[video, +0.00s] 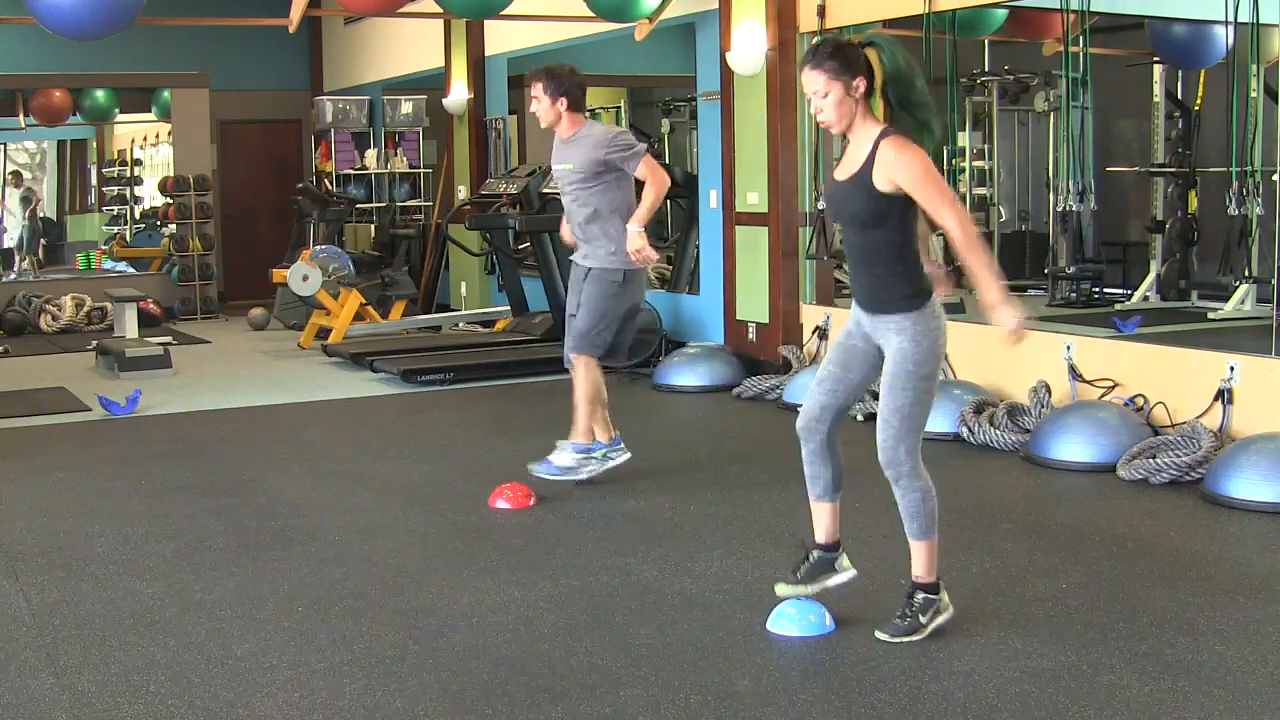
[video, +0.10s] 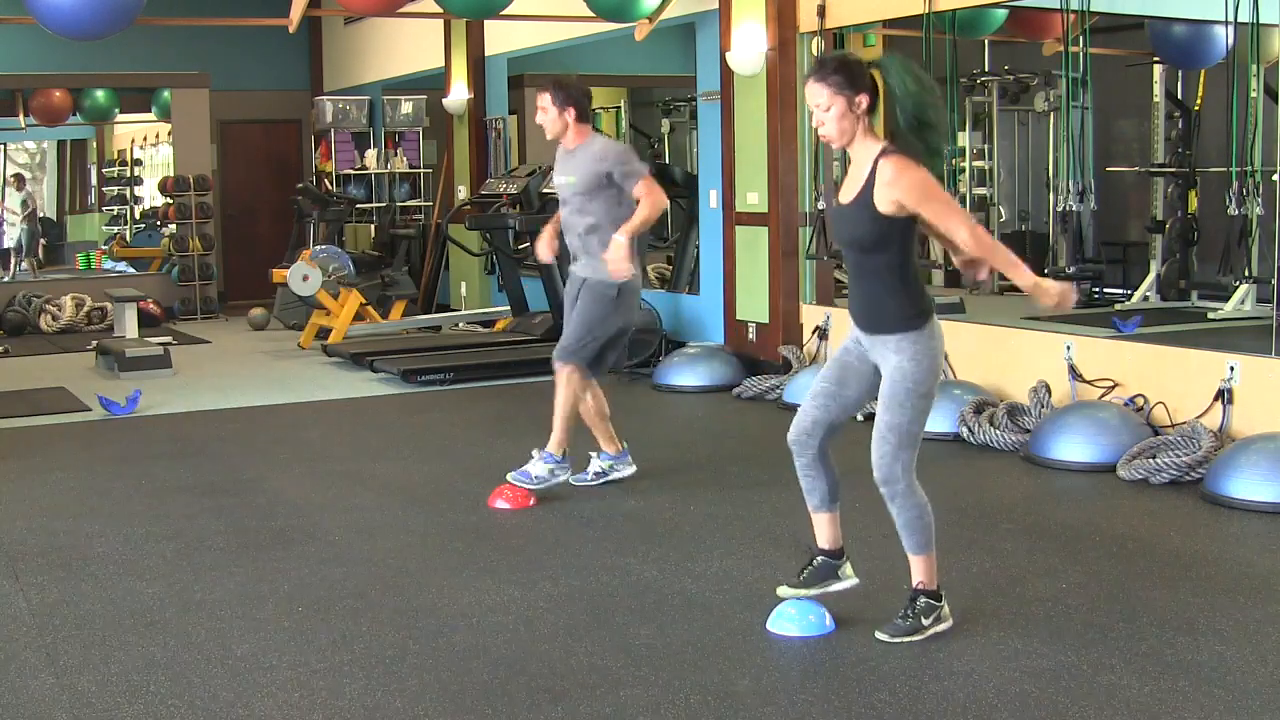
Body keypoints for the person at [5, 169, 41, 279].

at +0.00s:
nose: (11, 183)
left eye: (13, 179)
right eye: (10, 180)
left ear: (20, 179)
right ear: (10, 181)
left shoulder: (27, 190)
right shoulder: (20, 193)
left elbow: (37, 199)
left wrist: (30, 210)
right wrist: (5, 208)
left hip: (30, 223)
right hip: (23, 223)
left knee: (28, 251)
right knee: (17, 248)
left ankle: (35, 274)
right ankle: (17, 272)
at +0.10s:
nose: (13, 185)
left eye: (14, 182)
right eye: (12, 183)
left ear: (21, 182)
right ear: (14, 183)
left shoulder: (27, 194)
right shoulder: (22, 195)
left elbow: (33, 207)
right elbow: (21, 214)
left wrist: (24, 216)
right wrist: (8, 209)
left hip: (29, 227)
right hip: (23, 227)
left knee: (27, 255)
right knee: (14, 249)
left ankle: (35, 276)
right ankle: (11, 276)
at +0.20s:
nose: (13, 187)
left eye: (15, 184)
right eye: (13, 184)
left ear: (22, 184)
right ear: (14, 184)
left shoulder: (27, 196)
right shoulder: (22, 197)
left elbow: (32, 209)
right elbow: (26, 210)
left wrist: (18, 214)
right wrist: (13, 215)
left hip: (30, 231)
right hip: (23, 231)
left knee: (27, 259)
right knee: (13, 254)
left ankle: (35, 277)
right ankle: (12, 276)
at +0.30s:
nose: (13, 183)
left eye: (15, 180)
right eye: (13, 180)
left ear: (21, 180)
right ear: (17, 180)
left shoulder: (27, 191)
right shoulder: (20, 192)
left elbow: (30, 203)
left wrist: (15, 209)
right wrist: (13, 209)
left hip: (30, 227)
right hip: (23, 226)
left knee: (30, 253)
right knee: (16, 250)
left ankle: (35, 275)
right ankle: (16, 273)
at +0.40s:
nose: (11, 183)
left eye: (13, 180)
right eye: (11, 180)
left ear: (20, 180)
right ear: (14, 181)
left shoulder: (26, 190)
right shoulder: (16, 192)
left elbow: (29, 205)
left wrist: (14, 208)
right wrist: (10, 207)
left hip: (31, 226)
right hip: (22, 225)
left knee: (28, 252)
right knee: (19, 250)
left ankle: (36, 274)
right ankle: (22, 273)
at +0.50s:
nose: (10, 190)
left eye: (12, 188)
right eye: (9, 188)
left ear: (19, 188)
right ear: (9, 188)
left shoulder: (25, 198)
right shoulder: (16, 200)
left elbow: (28, 212)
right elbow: (22, 212)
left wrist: (13, 213)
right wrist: (9, 212)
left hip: (35, 231)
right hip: (27, 231)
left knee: (27, 255)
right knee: (21, 255)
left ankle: (35, 277)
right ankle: (29, 277)